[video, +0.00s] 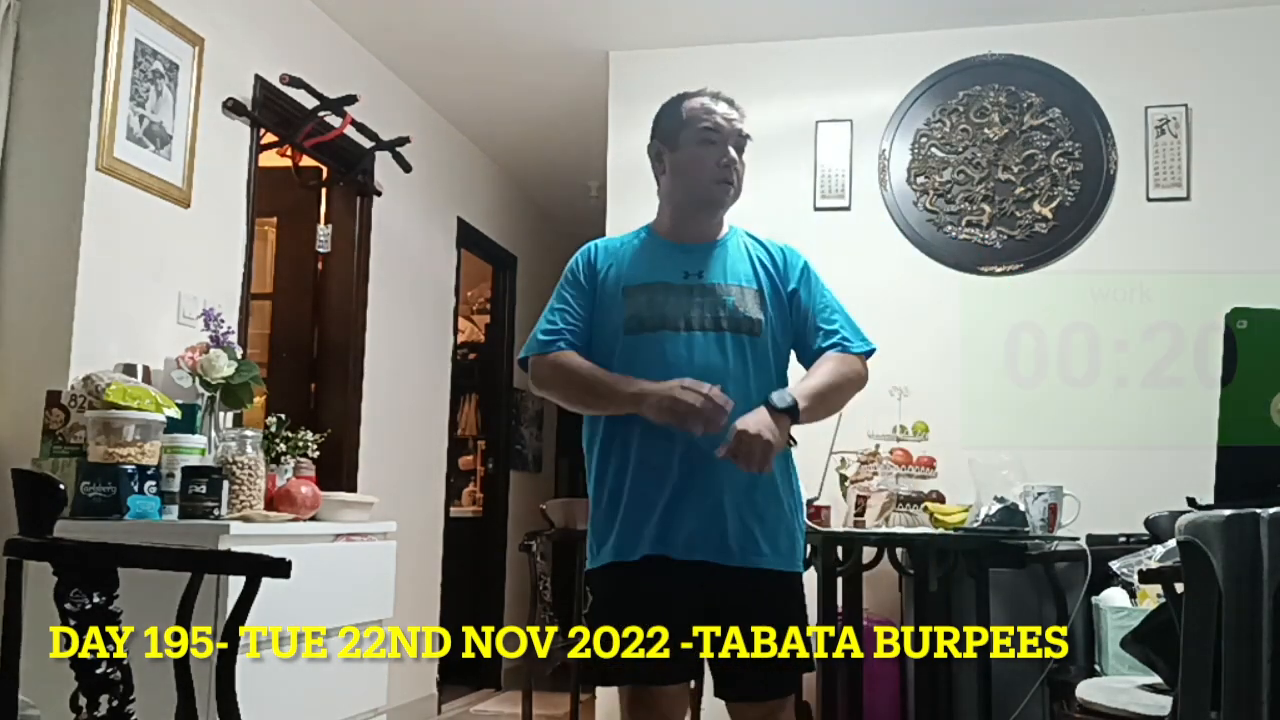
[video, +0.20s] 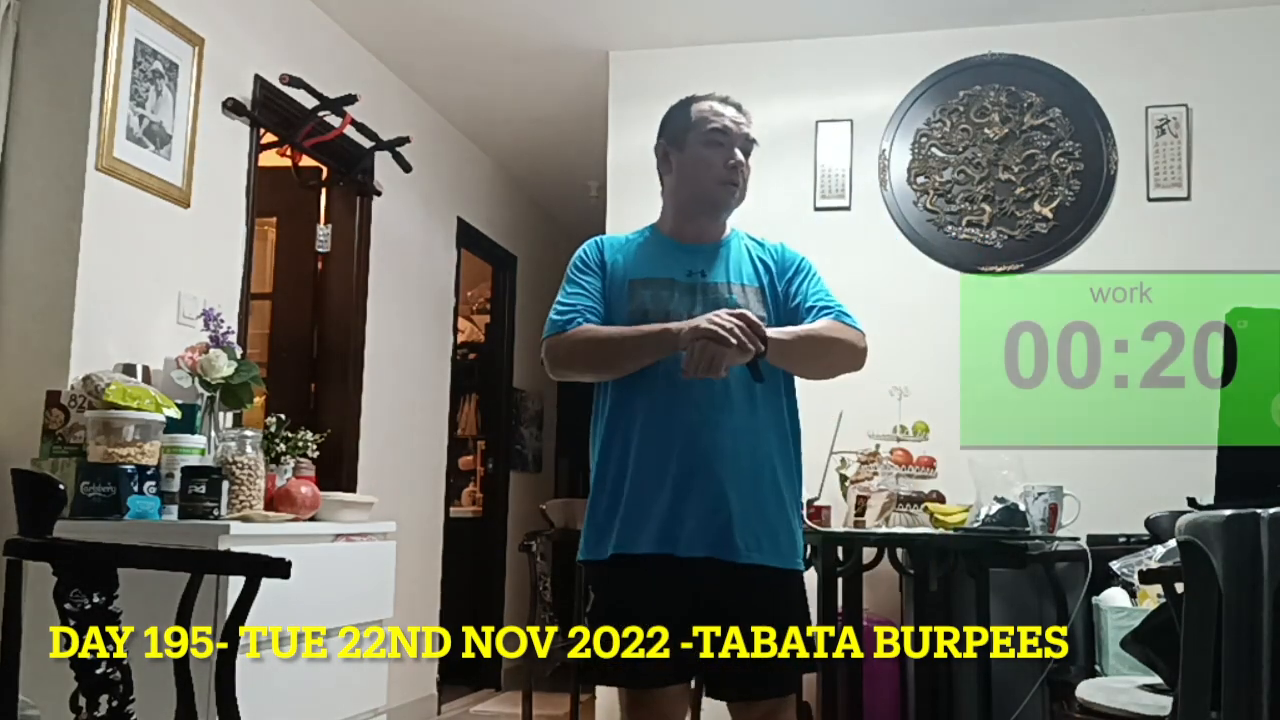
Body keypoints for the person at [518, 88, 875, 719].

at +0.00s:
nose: (731, 156)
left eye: (740, 146)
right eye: (710, 140)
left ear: (748, 163)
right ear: (660, 157)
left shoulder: (781, 266)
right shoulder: (600, 262)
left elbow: (848, 361)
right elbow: (544, 365)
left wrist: (784, 410)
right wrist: (646, 395)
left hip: (758, 550)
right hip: (638, 546)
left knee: (769, 711)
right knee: (653, 707)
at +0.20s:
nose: (738, 158)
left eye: (747, 148)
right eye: (718, 142)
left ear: (754, 166)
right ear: (666, 157)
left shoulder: (779, 263)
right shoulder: (605, 257)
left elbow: (849, 347)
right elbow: (561, 352)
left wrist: (753, 340)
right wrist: (681, 334)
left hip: (759, 546)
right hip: (637, 543)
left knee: (771, 710)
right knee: (652, 707)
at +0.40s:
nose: (747, 161)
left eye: (755, 149)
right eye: (727, 143)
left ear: (761, 165)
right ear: (674, 155)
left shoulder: (785, 260)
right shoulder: (612, 254)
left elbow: (860, 336)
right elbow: (563, 338)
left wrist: (755, 347)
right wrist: (689, 322)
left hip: (766, 547)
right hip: (644, 543)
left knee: (777, 710)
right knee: (655, 709)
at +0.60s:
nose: (750, 156)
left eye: (758, 145)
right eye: (729, 139)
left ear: (764, 162)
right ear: (676, 151)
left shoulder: (792, 257)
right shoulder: (615, 250)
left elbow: (856, 341)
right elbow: (568, 335)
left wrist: (749, 365)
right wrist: (693, 336)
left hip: (772, 545)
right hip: (649, 541)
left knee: (779, 710)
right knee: (657, 708)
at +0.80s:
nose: (737, 152)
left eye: (747, 138)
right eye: (713, 135)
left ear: (758, 153)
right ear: (665, 152)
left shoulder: (797, 259)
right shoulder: (610, 258)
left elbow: (825, 369)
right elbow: (579, 376)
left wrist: (785, 466)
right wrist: (659, 447)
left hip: (771, 561)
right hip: (650, 561)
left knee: (778, 713)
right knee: (658, 710)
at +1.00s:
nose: (696, 229)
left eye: (717, 201)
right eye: (671, 205)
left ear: (742, 196)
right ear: (640, 207)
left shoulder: (799, 299)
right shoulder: (600, 301)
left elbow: (844, 443)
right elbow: (567, 448)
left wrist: (813, 576)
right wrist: (595, 584)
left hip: (772, 578)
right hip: (644, 578)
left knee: (794, 710)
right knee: (626, 709)